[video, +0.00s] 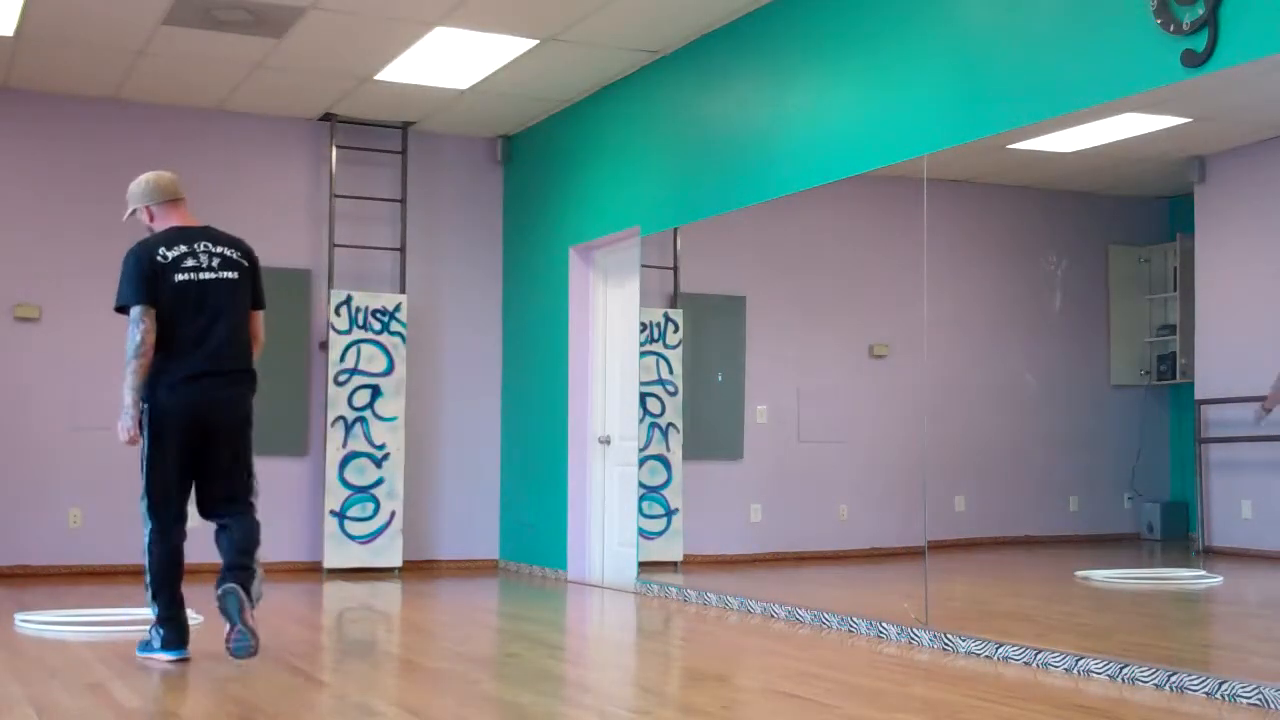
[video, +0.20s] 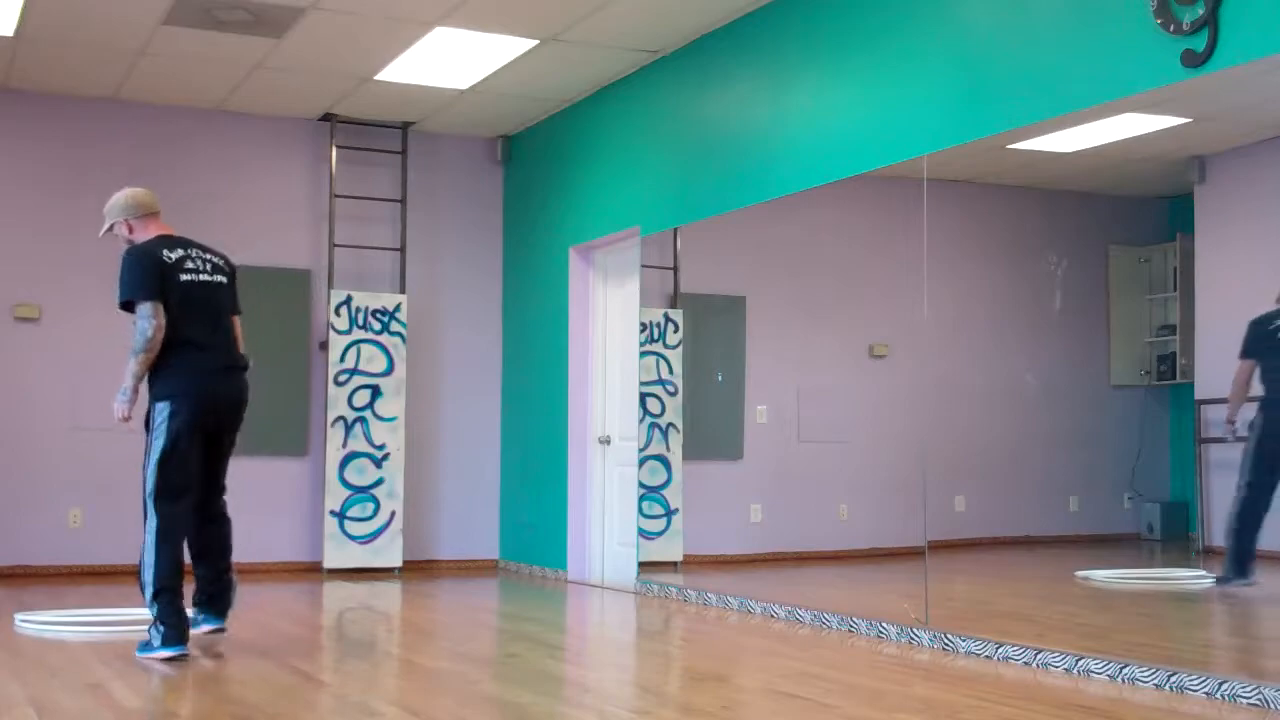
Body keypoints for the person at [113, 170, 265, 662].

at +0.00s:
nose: (135, 225)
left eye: (134, 218)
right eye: (135, 218)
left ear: (146, 213)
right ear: (183, 204)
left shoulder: (145, 256)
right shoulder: (239, 250)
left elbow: (144, 337)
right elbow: (255, 335)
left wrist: (130, 405)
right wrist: (230, 379)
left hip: (170, 402)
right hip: (231, 400)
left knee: (164, 516)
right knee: (234, 504)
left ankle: (169, 632)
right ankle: (237, 584)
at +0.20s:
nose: (119, 241)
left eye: (117, 233)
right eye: (116, 234)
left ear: (129, 225)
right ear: (158, 218)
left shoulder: (141, 256)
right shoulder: (216, 258)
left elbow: (152, 327)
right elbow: (236, 336)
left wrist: (128, 388)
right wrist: (227, 384)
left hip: (180, 392)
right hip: (230, 388)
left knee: (164, 506)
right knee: (209, 498)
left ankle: (168, 631)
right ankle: (213, 608)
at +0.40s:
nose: (85, 320)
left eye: (81, 310)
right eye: (80, 314)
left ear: (96, 298)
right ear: (101, 299)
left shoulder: (139, 306)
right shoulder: (142, 325)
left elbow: (187, 347)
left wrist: (184, 421)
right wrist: (185, 469)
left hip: (225, 410)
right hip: (217, 413)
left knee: (196, 512)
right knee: (189, 511)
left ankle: (189, 629)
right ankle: (191, 612)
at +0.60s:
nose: (84, 432)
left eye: (77, 423)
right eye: (77, 427)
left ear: (88, 405)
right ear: (91, 408)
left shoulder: (132, 374)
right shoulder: (142, 430)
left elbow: (193, 368)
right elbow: (148, 493)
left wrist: (241, 415)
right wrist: (133, 559)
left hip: (252, 407)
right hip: (227, 424)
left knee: (267, 509)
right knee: (197, 508)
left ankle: (283, 610)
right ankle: (202, 608)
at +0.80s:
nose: (87, 450)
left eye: (83, 441)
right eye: (81, 447)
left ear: (98, 419)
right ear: (100, 428)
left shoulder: (147, 393)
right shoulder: (140, 454)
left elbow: (210, 378)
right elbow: (136, 519)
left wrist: (263, 414)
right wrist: (117, 583)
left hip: (260, 415)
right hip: (231, 443)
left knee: (304, 496)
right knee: (196, 512)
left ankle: (398, 557)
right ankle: (201, 608)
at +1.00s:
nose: (106, 368)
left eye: (109, 357)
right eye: (103, 361)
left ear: (134, 347)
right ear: (127, 355)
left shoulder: (185, 347)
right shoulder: (155, 403)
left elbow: (250, 354)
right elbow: (169, 466)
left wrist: (286, 406)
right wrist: (137, 513)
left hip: (279, 418)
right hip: (239, 435)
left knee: (296, 502)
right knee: (211, 511)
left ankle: (356, 559)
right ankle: (203, 604)